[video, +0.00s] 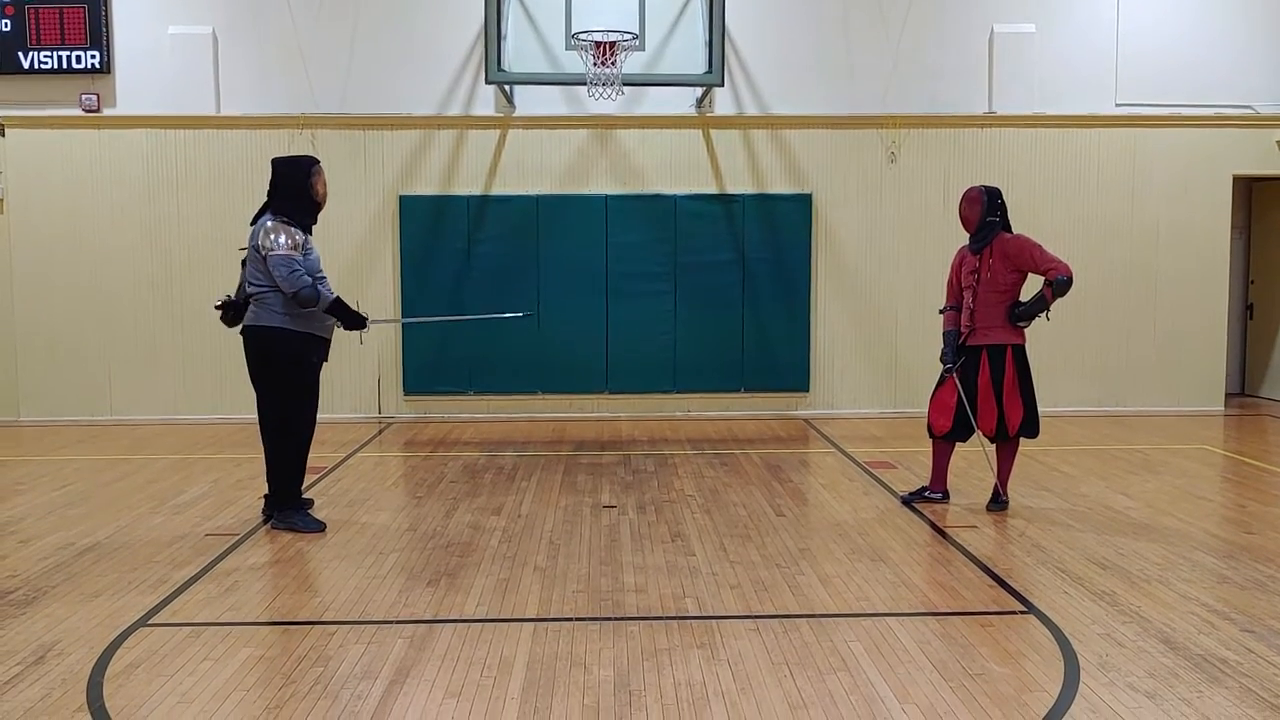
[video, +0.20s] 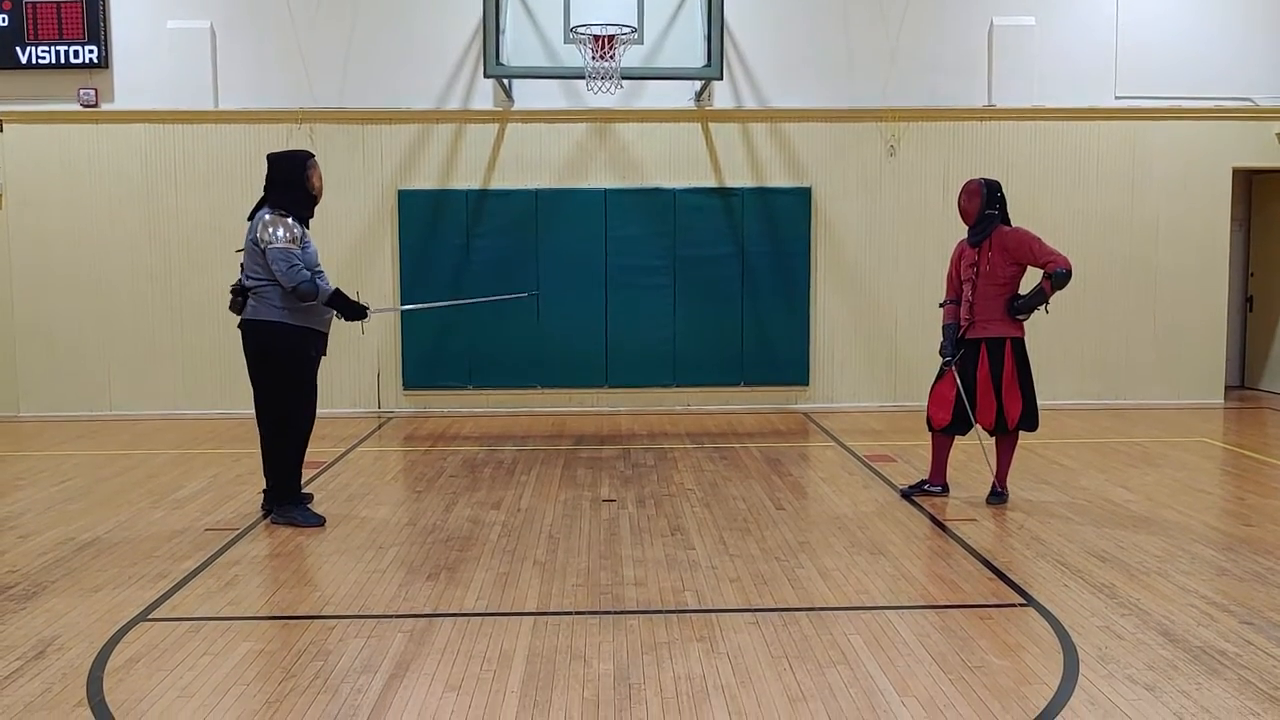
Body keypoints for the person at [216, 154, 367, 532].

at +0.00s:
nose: (325, 191)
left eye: (324, 182)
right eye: (320, 183)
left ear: (295, 187)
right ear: (301, 186)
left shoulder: (286, 227)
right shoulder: (278, 229)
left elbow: (254, 276)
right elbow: (296, 283)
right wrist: (340, 309)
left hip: (291, 337)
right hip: (277, 337)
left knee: (293, 419)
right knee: (288, 420)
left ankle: (283, 498)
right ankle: (283, 507)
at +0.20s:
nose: (320, 183)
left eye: (319, 175)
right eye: (315, 175)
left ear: (290, 179)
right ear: (297, 178)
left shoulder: (285, 220)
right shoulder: (275, 220)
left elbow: (297, 277)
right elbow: (295, 277)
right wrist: (338, 300)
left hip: (289, 332)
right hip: (276, 332)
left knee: (294, 413)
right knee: (286, 414)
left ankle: (284, 492)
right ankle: (282, 502)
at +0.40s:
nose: (315, 179)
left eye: (314, 171)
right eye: (310, 171)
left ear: (284, 175)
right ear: (292, 174)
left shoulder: (278, 216)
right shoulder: (273, 217)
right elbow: (294, 273)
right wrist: (337, 294)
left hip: (285, 325)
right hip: (277, 326)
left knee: (289, 408)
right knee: (287, 409)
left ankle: (280, 489)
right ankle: (282, 497)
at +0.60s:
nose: (310, 174)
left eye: (308, 167)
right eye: (305, 167)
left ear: (280, 171)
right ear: (287, 170)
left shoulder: (275, 212)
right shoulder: (272, 213)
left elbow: (286, 270)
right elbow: (298, 269)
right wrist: (336, 302)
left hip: (285, 321)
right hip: (277, 322)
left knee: (287, 404)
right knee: (285, 405)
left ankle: (282, 483)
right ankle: (282, 492)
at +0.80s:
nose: (310, 170)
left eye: (308, 162)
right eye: (304, 162)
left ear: (278, 170)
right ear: (286, 168)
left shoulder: (280, 209)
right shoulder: (269, 211)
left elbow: (308, 262)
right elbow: (292, 267)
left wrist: (319, 299)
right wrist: (321, 308)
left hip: (285, 317)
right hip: (274, 319)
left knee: (287, 400)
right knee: (285, 402)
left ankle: (281, 480)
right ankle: (283, 488)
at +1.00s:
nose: (312, 170)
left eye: (310, 163)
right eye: (307, 163)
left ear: (282, 167)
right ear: (287, 166)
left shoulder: (272, 205)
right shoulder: (270, 207)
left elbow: (267, 263)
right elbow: (283, 263)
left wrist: (244, 281)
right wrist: (306, 309)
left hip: (273, 313)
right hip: (274, 315)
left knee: (279, 394)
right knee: (294, 394)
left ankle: (277, 477)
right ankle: (285, 482)